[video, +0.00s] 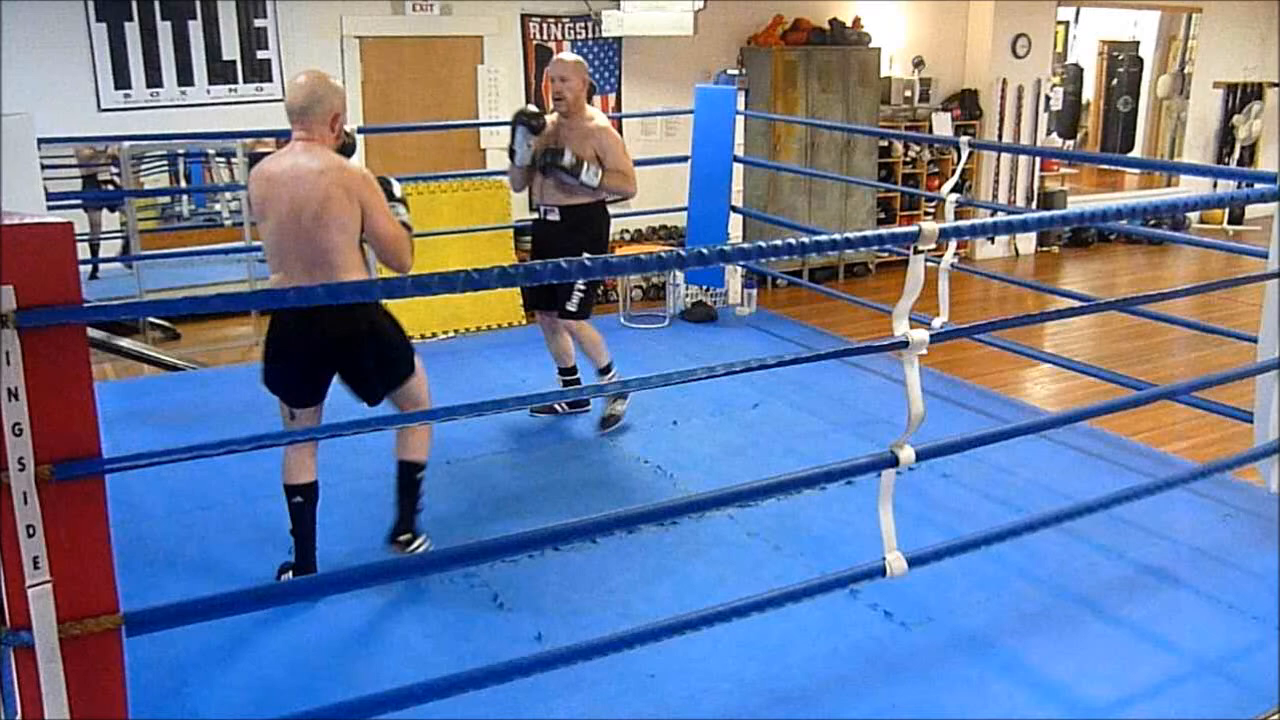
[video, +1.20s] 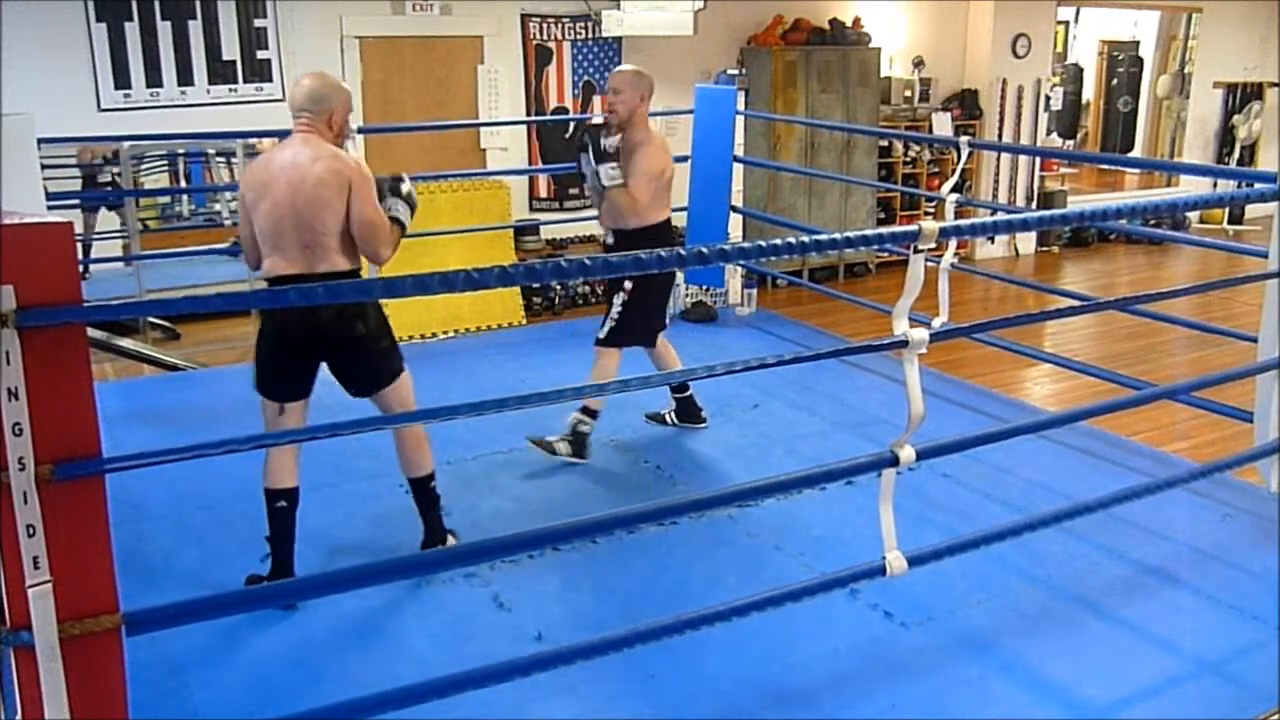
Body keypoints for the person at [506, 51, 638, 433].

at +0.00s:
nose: (554, 88)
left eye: (563, 80)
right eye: (550, 80)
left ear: (584, 84)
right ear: (544, 84)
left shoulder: (600, 132)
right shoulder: (543, 128)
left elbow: (626, 185)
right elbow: (517, 184)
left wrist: (576, 168)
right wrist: (522, 142)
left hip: (585, 223)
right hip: (546, 223)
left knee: (572, 316)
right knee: (546, 315)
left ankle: (614, 387)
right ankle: (572, 392)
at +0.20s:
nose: (542, 91)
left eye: (549, 84)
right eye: (538, 84)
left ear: (571, 86)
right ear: (534, 86)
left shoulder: (587, 127)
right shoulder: (533, 129)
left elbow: (584, 184)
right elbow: (501, 177)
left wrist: (569, 127)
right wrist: (506, 131)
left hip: (575, 226)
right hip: (536, 227)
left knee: (563, 326)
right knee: (539, 319)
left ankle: (572, 418)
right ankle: (571, 390)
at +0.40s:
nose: (528, 102)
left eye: (536, 94)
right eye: (526, 94)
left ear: (560, 98)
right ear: (526, 98)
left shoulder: (570, 137)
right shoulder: (529, 138)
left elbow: (543, 168)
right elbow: (512, 187)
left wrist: (530, 125)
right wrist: (502, 150)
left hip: (566, 244)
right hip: (536, 243)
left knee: (542, 346)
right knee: (548, 324)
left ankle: (550, 444)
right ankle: (572, 387)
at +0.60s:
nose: (511, 102)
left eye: (519, 93)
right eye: (510, 94)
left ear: (549, 98)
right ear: (544, 100)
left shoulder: (545, 139)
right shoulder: (558, 131)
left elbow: (518, 178)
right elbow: (537, 176)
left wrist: (472, 153)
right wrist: (501, 159)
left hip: (561, 253)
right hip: (582, 242)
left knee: (536, 350)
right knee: (579, 329)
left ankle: (552, 446)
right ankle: (598, 397)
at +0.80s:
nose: (527, 100)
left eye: (534, 92)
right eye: (526, 92)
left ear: (561, 98)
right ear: (556, 98)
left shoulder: (566, 147)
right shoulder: (561, 134)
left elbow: (564, 222)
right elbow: (549, 180)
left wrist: (519, 187)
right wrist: (520, 168)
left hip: (581, 250)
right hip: (597, 239)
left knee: (541, 348)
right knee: (609, 324)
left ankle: (552, 447)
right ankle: (653, 392)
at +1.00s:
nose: (570, 104)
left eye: (579, 97)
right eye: (571, 97)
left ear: (606, 104)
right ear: (599, 106)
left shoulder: (610, 151)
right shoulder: (596, 143)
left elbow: (582, 213)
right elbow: (570, 197)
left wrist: (559, 162)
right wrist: (559, 146)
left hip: (608, 256)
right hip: (618, 250)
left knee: (564, 351)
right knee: (632, 336)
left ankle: (554, 447)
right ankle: (682, 402)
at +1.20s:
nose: (607, 101)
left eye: (616, 94)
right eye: (606, 93)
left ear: (641, 100)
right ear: (608, 98)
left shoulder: (650, 149)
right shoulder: (619, 143)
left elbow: (634, 211)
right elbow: (606, 209)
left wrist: (605, 172)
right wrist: (589, 166)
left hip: (650, 253)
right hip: (630, 249)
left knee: (608, 343)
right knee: (650, 335)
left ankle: (579, 436)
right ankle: (687, 406)